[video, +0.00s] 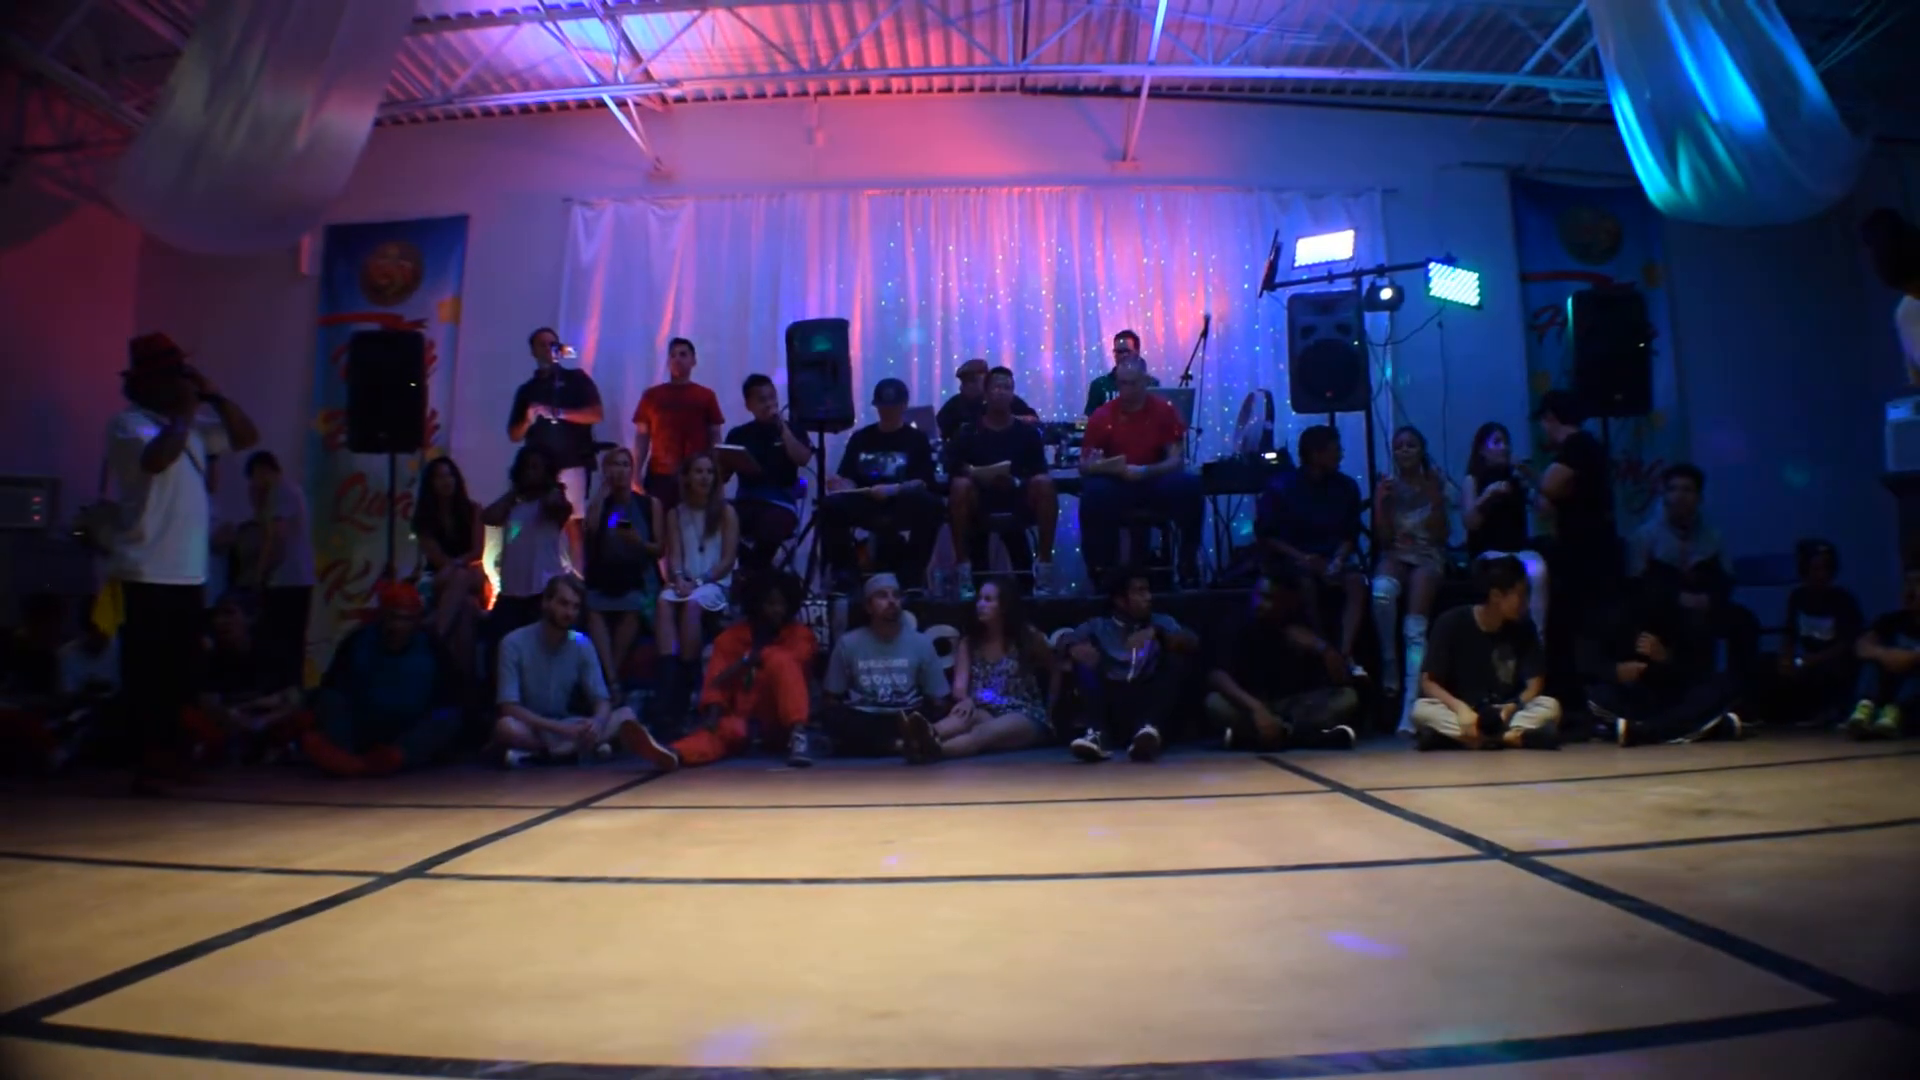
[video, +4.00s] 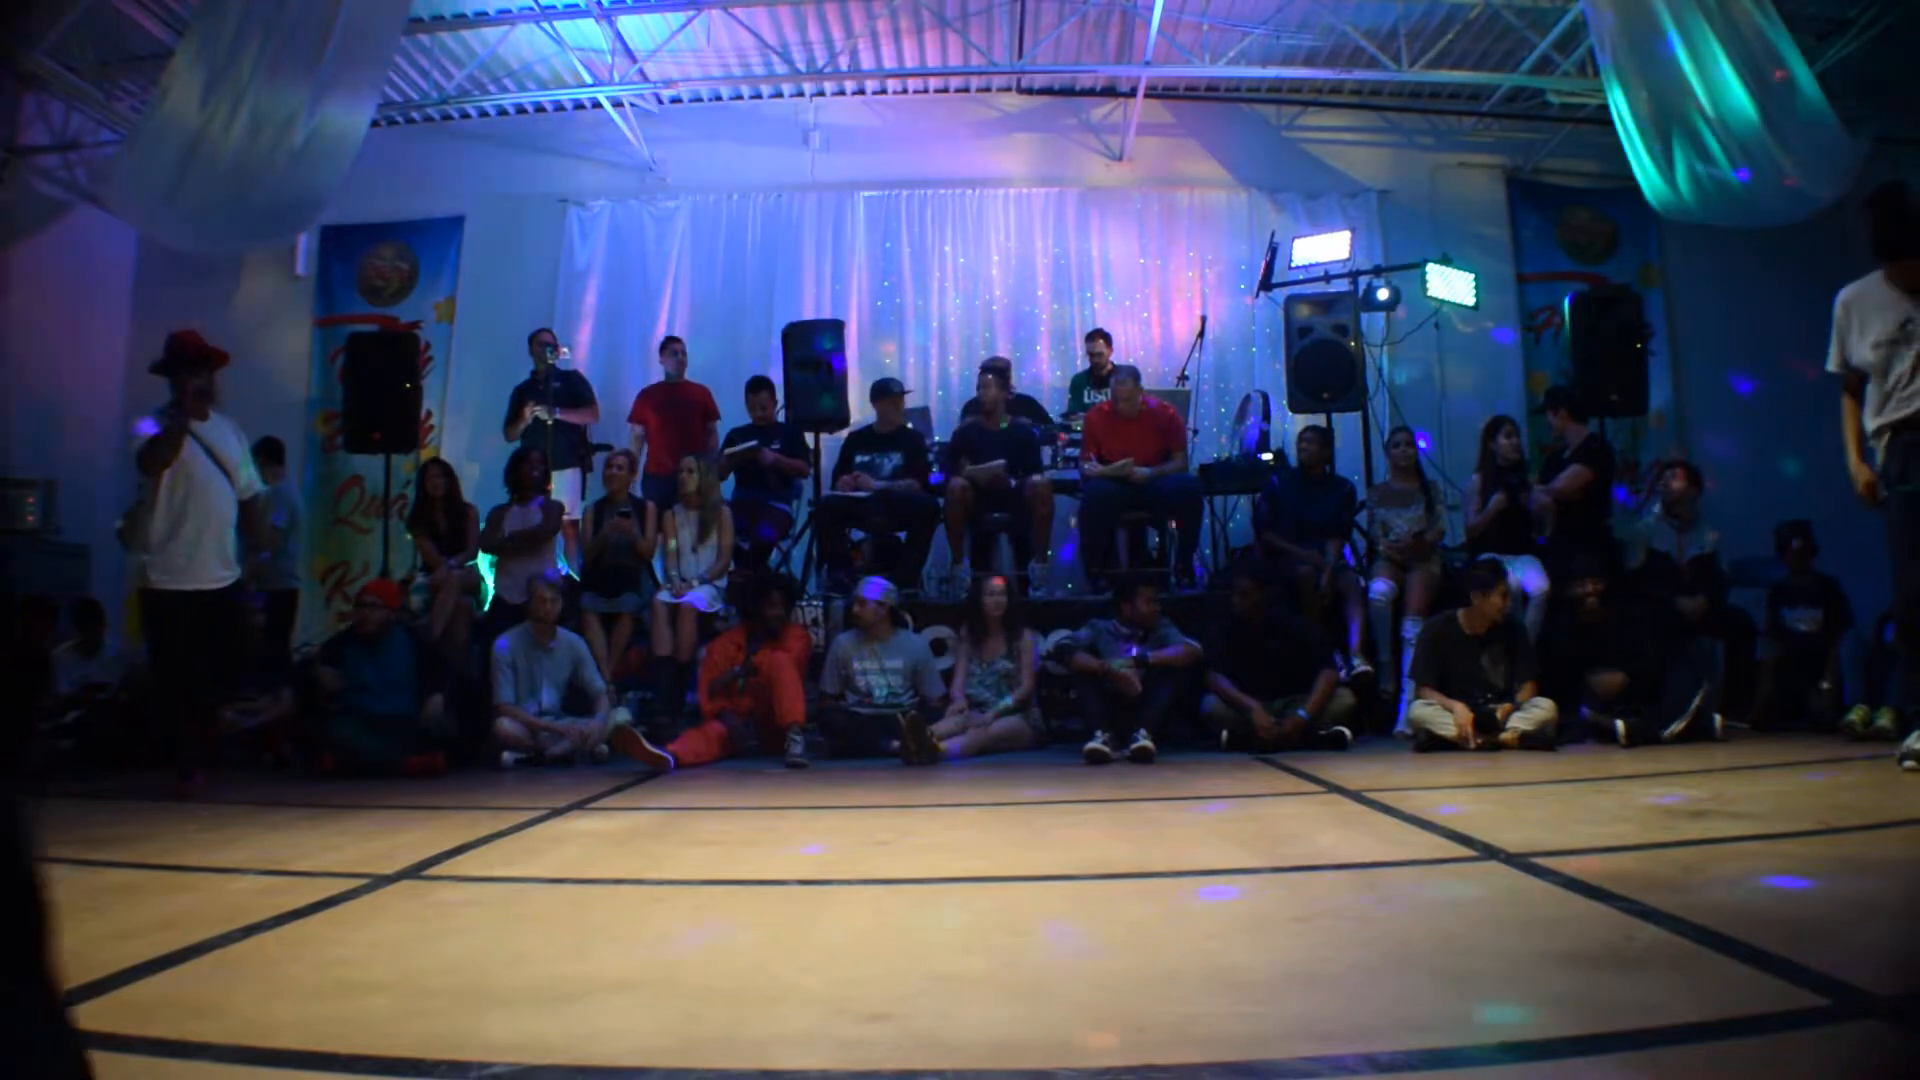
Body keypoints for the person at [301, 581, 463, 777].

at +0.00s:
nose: (399, 626)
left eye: (407, 619)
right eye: (393, 617)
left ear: (416, 619)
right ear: (382, 615)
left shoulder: (429, 646)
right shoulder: (359, 641)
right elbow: (331, 686)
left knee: (447, 718)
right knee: (330, 700)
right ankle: (340, 754)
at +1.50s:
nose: (392, 627)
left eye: (399, 620)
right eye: (385, 620)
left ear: (408, 621)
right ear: (370, 620)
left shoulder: (426, 653)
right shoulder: (344, 653)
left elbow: (449, 699)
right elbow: (315, 701)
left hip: (413, 732)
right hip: (355, 731)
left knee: (465, 734)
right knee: (312, 719)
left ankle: (375, 767)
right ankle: (326, 764)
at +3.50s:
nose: (384, 614)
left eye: (392, 606)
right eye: (378, 606)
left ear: (406, 611)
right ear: (369, 610)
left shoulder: (424, 645)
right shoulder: (351, 646)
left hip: (416, 722)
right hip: (365, 723)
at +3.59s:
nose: (383, 613)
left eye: (390, 605)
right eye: (377, 605)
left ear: (404, 611)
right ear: (369, 609)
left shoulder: (422, 643)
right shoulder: (349, 644)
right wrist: (352, 730)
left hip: (419, 720)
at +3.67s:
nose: (380, 611)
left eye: (388, 605)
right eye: (374, 604)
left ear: (403, 610)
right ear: (366, 607)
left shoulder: (422, 642)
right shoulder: (349, 640)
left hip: (414, 715)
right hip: (363, 716)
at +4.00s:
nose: (365, 614)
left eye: (373, 607)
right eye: (361, 606)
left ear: (389, 612)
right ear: (354, 609)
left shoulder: (410, 642)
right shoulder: (345, 641)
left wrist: (435, 697)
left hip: (404, 717)